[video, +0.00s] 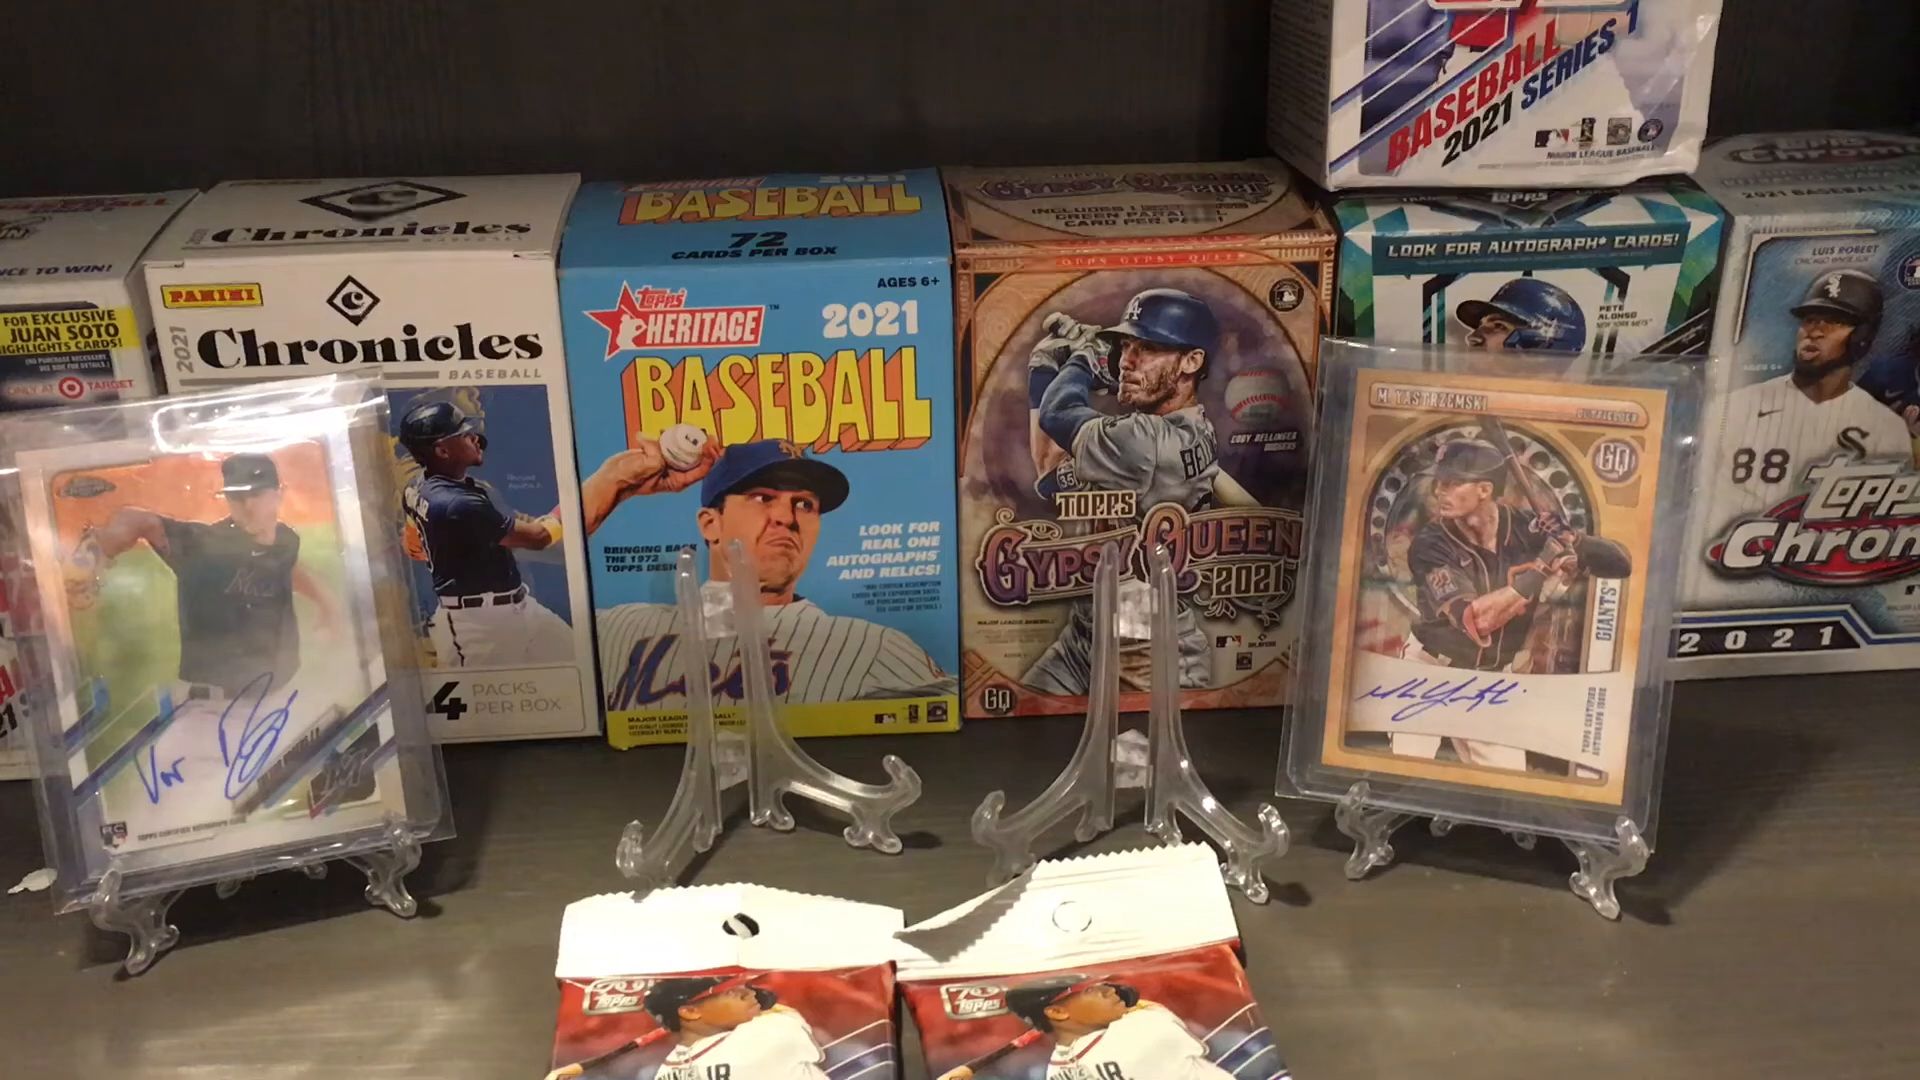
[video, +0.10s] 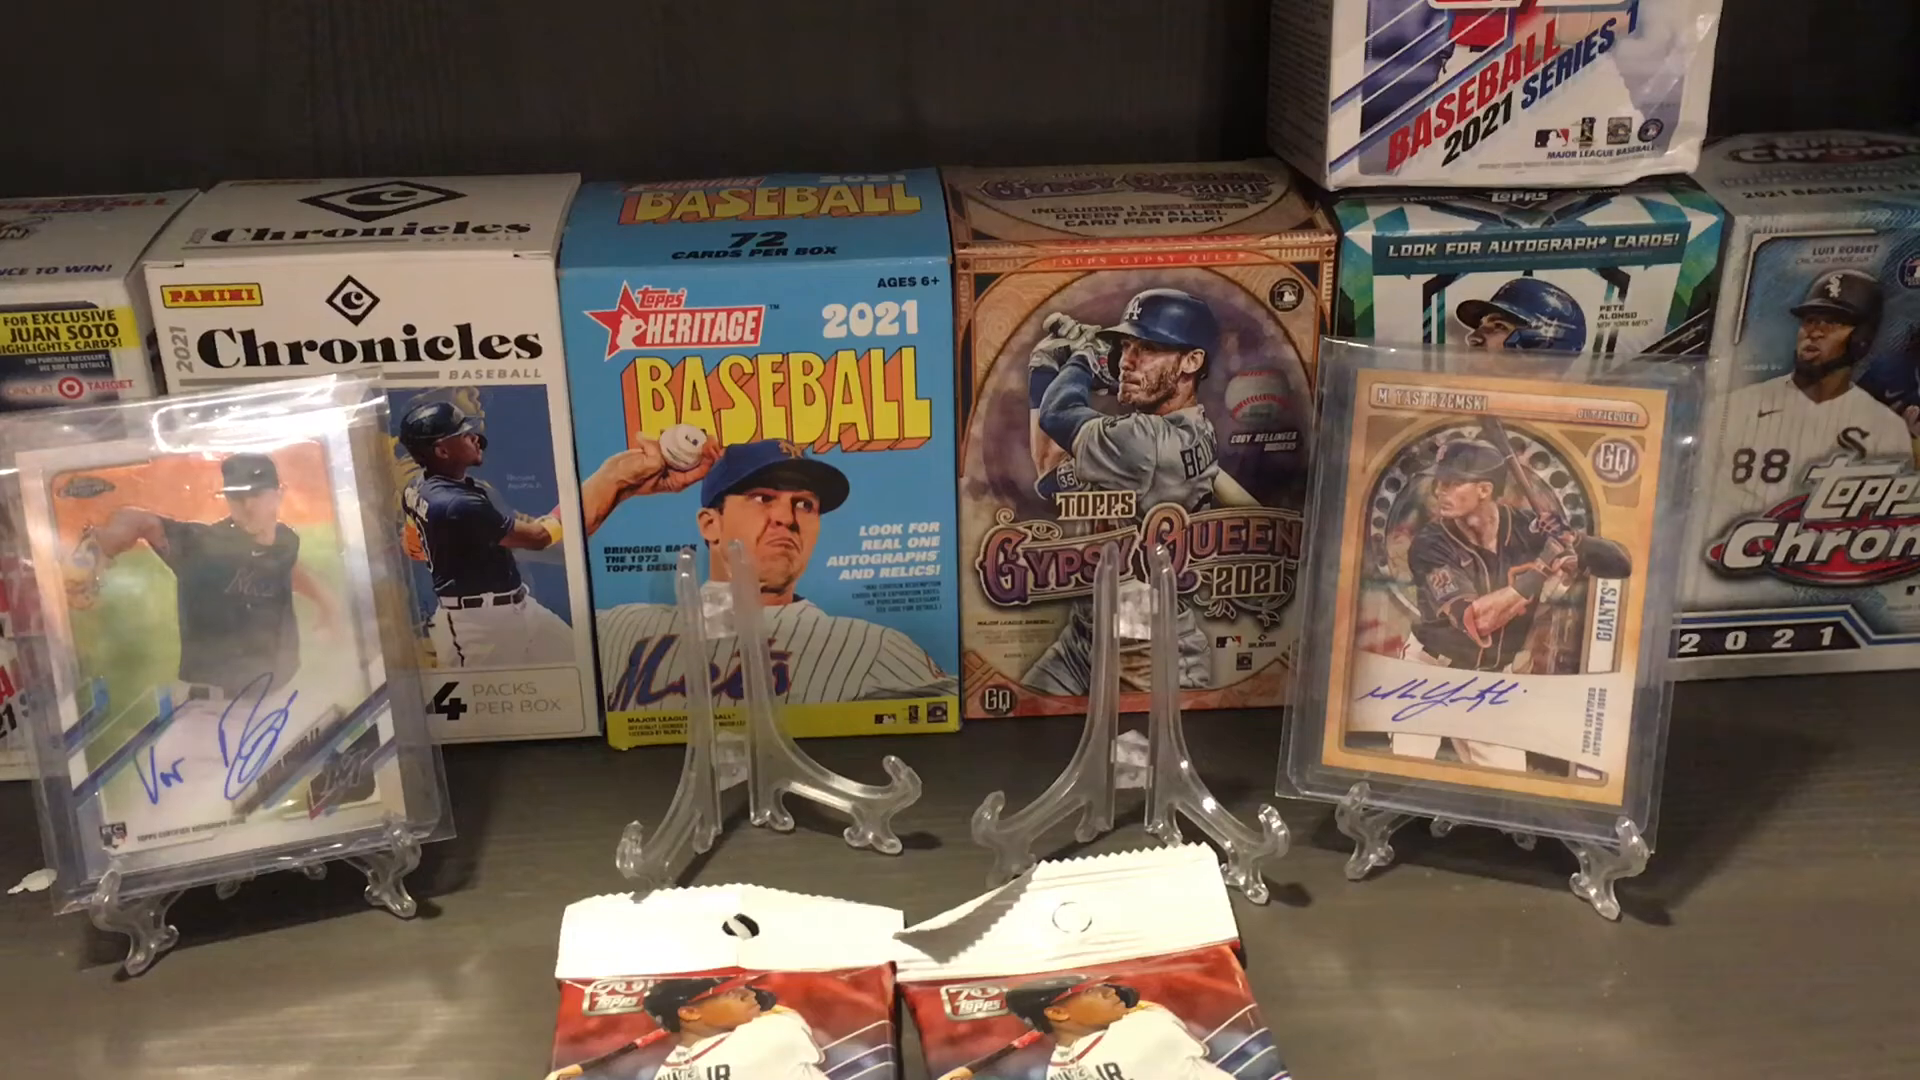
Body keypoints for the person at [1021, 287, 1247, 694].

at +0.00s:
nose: (1127, 361)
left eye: (1147, 349)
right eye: (1126, 347)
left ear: (1190, 363)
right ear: (1120, 348)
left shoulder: (1142, 440)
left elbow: (1060, 410)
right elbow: (1050, 474)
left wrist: (1084, 360)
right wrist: (1042, 371)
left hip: (1160, 647)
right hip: (1090, 641)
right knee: (1011, 734)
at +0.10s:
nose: (1128, 361)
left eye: (1148, 350)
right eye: (1127, 347)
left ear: (1190, 363)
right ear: (1121, 349)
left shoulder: (1141, 440)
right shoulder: (1189, 430)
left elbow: (1059, 410)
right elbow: (1048, 474)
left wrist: (1085, 359)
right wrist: (1042, 371)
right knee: (1012, 735)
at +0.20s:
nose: (1127, 361)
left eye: (1147, 350)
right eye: (1126, 348)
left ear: (1190, 363)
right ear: (1120, 349)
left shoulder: (1141, 440)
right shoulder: (1187, 432)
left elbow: (1060, 410)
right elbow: (1049, 474)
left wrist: (1085, 359)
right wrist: (1042, 372)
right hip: (1090, 642)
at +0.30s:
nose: (1127, 361)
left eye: (1146, 349)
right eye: (1127, 346)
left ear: (1191, 362)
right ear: (1119, 347)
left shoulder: (1143, 441)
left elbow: (1059, 410)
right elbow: (1050, 474)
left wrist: (1083, 361)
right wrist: (1043, 368)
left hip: (1160, 649)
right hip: (1088, 641)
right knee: (1015, 733)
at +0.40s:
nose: (1127, 361)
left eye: (1147, 350)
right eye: (1126, 347)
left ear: (1190, 363)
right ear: (1119, 348)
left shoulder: (1142, 440)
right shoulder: (1190, 431)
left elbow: (1060, 410)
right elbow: (1051, 474)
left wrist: (1084, 361)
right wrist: (1042, 371)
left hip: (1161, 647)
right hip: (1089, 641)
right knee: (1014, 733)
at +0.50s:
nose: (1127, 362)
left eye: (1147, 350)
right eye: (1126, 347)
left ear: (1190, 363)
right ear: (1119, 348)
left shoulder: (1141, 440)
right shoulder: (1187, 431)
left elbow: (1060, 410)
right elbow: (1051, 474)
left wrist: (1084, 360)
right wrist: (1042, 371)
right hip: (1089, 642)